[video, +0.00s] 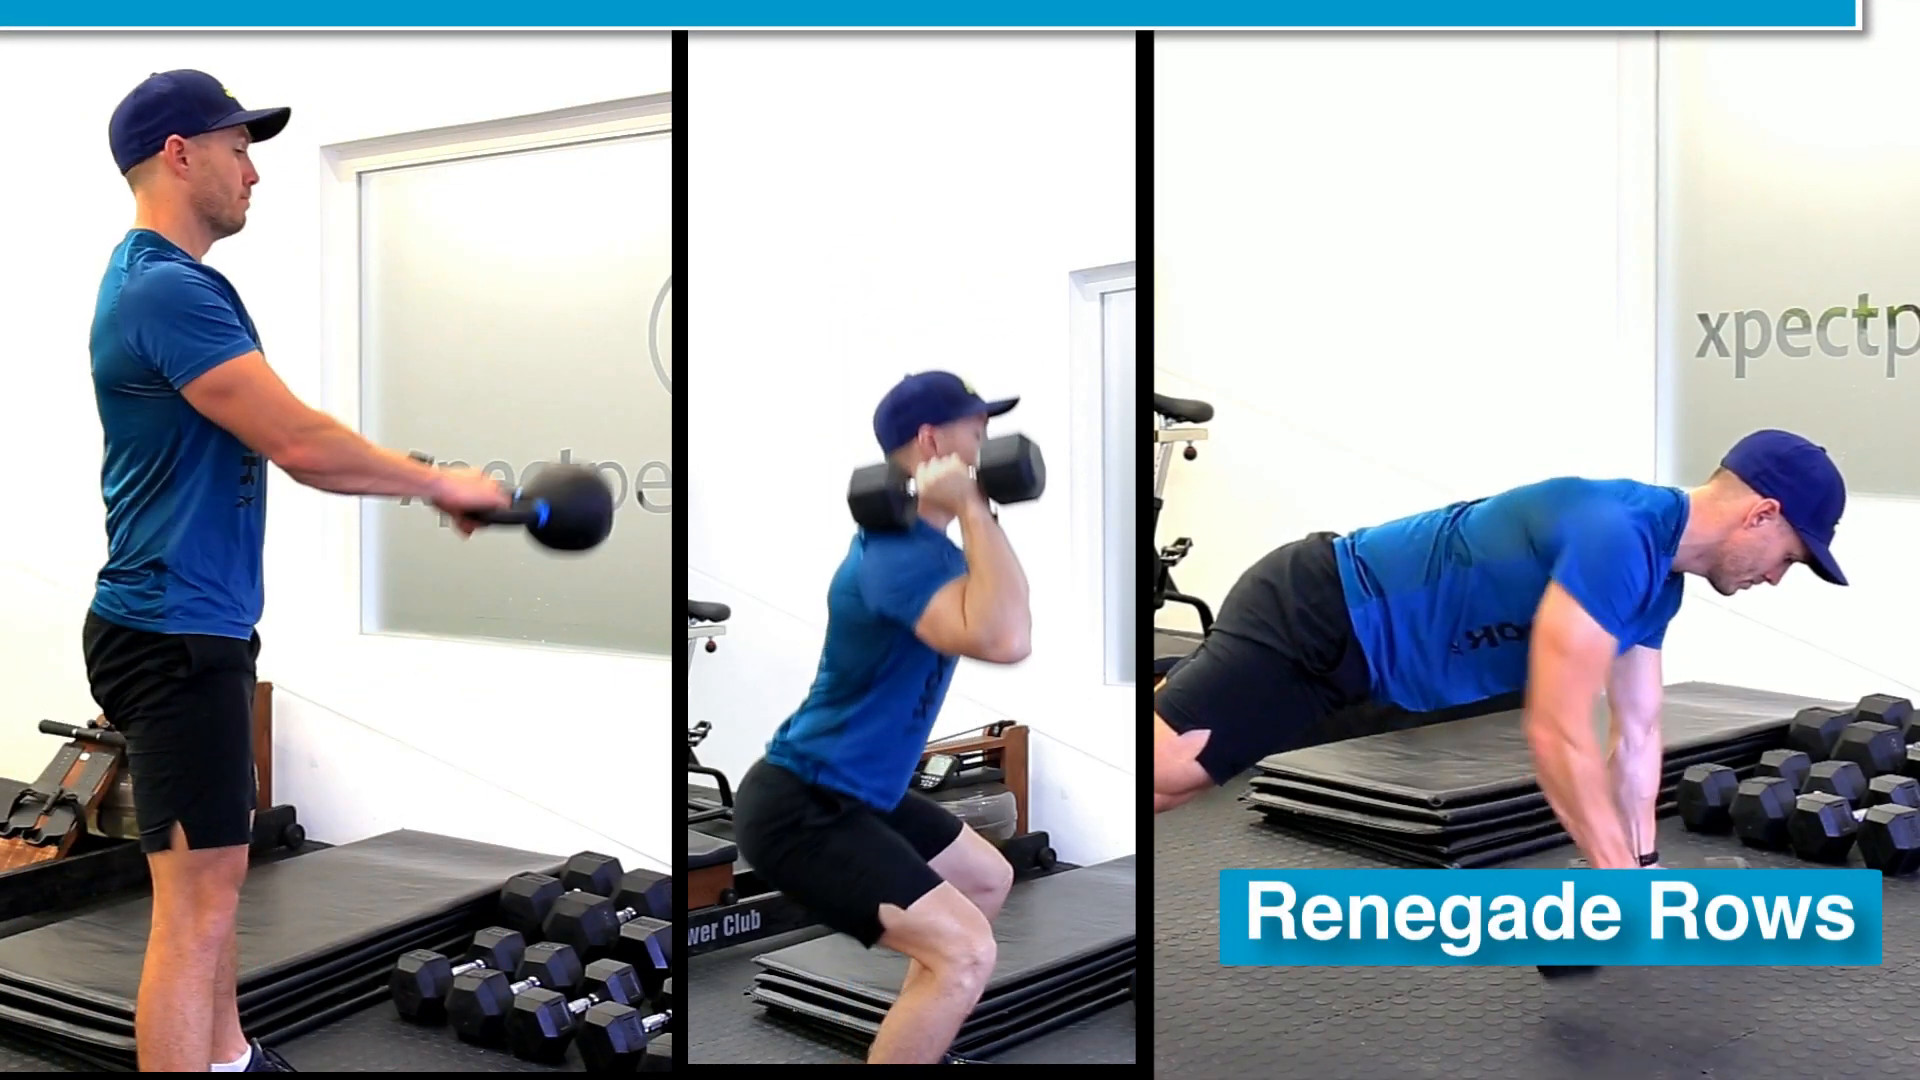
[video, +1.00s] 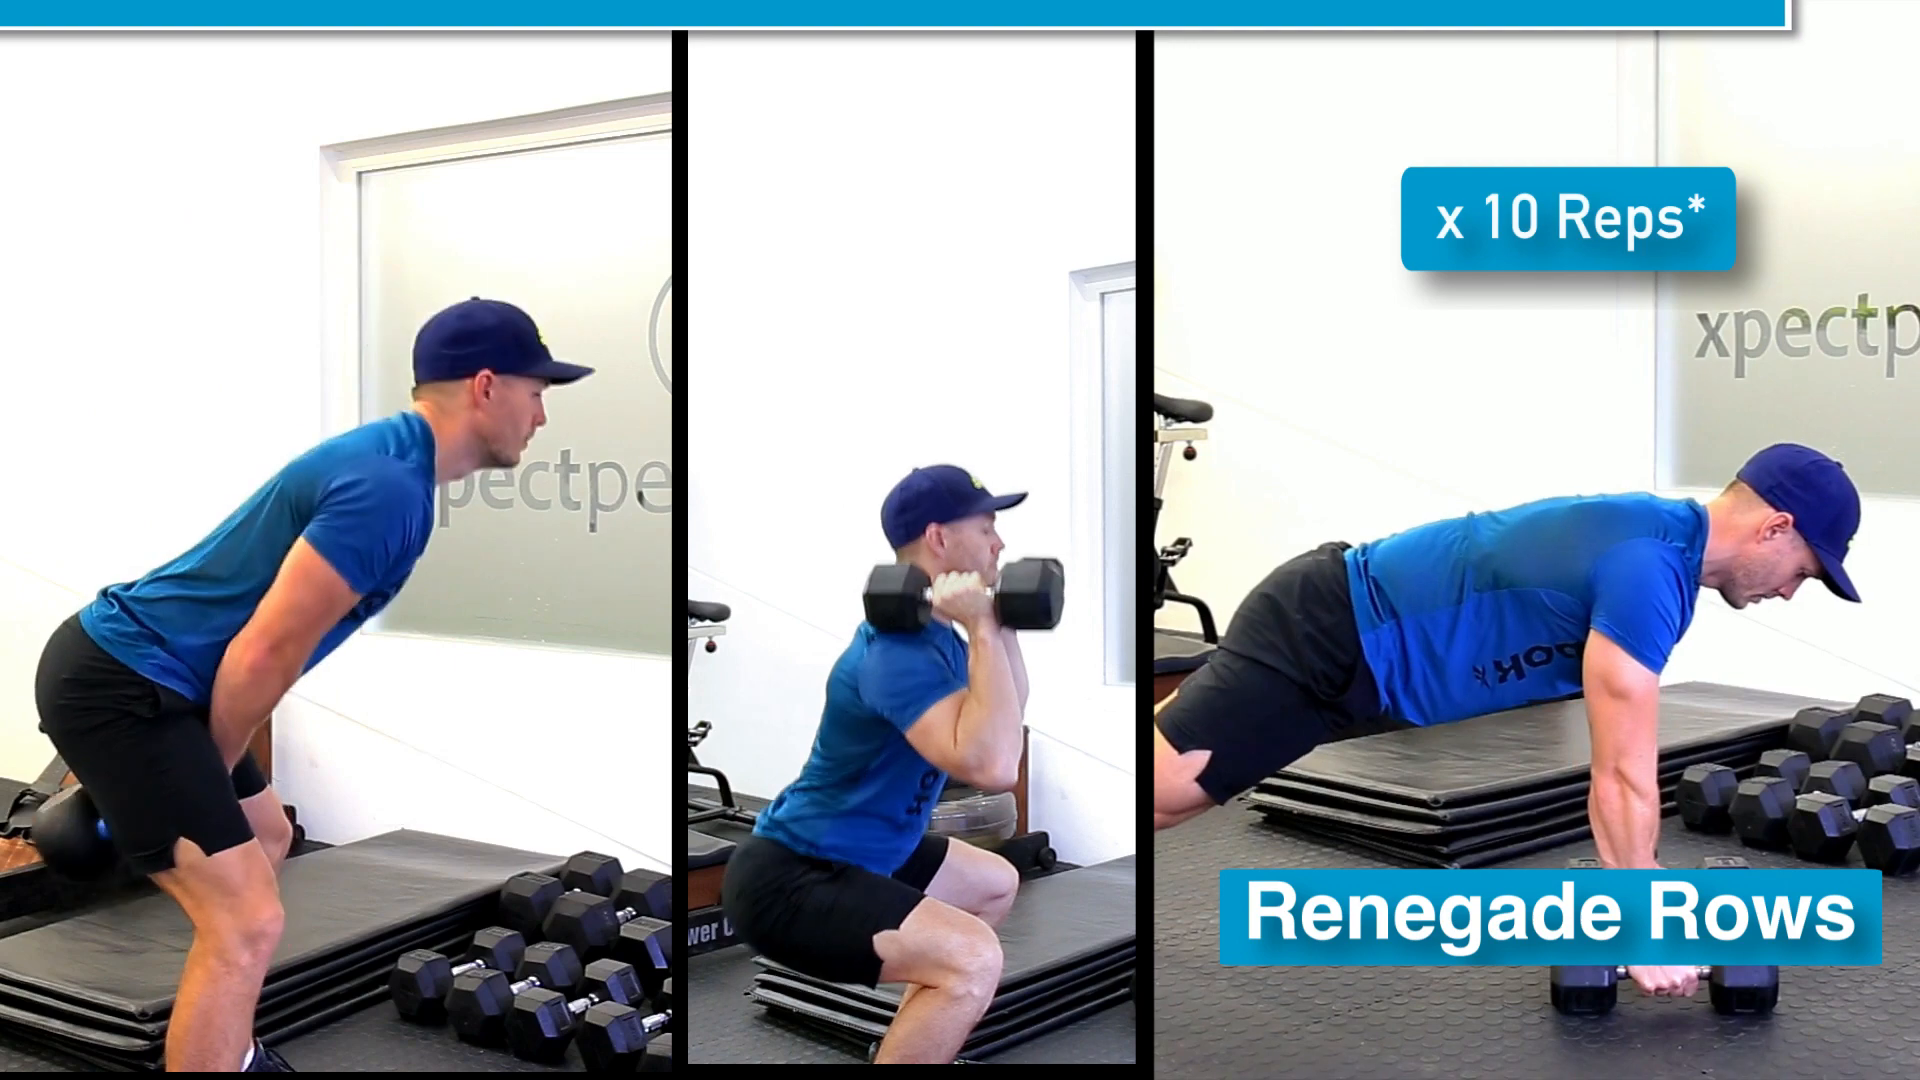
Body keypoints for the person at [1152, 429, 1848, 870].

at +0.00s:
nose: (1780, 579)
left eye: (1794, 568)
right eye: (1792, 559)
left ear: (1751, 510)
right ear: (1759, 513)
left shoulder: (1656, 577)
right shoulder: (1617, 534)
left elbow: (1635, 731)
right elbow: (1552, 733)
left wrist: (1649, 880)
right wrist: (1619, 884)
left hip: (1348, 659)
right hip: (1320, 610)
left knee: (1162, 779)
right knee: (1154, 760)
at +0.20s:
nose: (1783, 585)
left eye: (1797, 573)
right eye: (1795, 564)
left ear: (1756, 518)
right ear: (1763, 520)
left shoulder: (1654, 568)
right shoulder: (1628, 555)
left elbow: (1638, 755)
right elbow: (1604, 771)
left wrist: (1644, 915)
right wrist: (1635, 935)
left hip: (1348, 644)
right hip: (1324, 616)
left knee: (1159, 766)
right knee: (1147, 774)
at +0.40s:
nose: (1796, 592)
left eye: (1809, 581)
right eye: (1808, 572)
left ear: (1769, 524)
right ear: (1778, 529)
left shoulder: (1664, 562)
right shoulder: (1649, 564)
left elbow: (1632, 765)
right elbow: (1617, 778)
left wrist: (1648, 925)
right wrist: (1640, 939)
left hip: (1353, 641)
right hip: (1337, 627)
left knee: (1161, 767)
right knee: (1149, 789)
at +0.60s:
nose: (1799, 589)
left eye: (1812, 578)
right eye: (1811, 569)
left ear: (1770, 521)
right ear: (1779, 526)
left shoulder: (1669, 563)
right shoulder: (1653, 562)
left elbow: (1634, 765)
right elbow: (1622, 775)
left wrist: (1647, 926)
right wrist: (1641, 939)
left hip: (1354, 649)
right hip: (1339, 631)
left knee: (1161, 786)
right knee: (1151, 794)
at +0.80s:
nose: (1799, 588)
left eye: (1812, 577)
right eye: (1810, 568)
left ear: (1769, 523)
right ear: (1777, 526)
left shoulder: (1669, 565)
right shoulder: (1653, 560)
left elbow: (1634, 769)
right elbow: (1624, 775)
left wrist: (1645, 932)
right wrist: (1641, 941)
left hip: (1356, 655)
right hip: (1339, 632)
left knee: (1160, 789)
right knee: (1150, 795)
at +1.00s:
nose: (1794, 591)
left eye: (1808, 580)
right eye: (1806, 570)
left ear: (1765, 525)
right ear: (1772, 528)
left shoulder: (1662, 564)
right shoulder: (1647, 563)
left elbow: (1628, 770)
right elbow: (1620, 776)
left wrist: (1645, 932)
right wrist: (1642, 940)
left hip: (1349, 654)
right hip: (1332, 626)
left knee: (1158, 779)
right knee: (1147, 786)